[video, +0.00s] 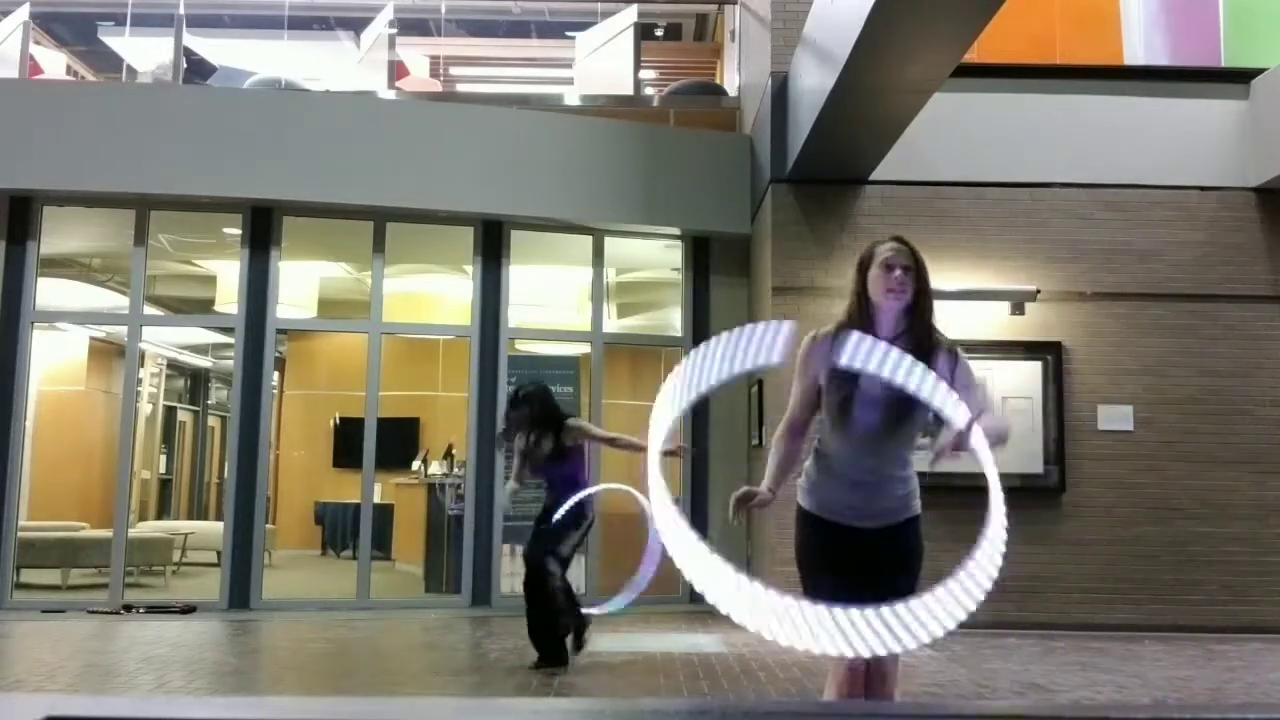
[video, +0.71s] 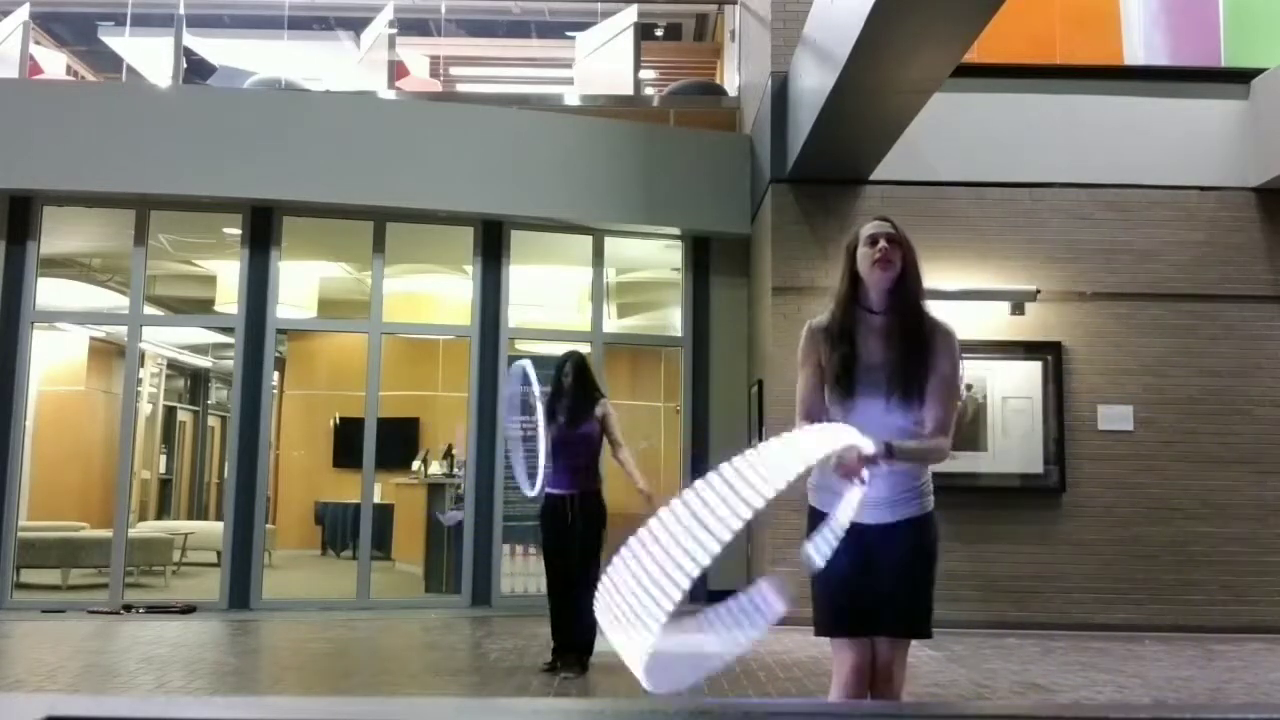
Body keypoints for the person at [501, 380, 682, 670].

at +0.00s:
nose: (519, 418)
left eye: (522, 412)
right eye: (517, 413)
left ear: (538, 409)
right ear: (519, 414)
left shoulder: (571, 428)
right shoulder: (525, 440)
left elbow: (613, 440)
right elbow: (518, 478)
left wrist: (659, 449)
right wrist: (510, 490)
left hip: (577, 509)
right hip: (551, 511)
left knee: (548, 565)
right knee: (535, 578)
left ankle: (575, 620)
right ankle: (551, 653)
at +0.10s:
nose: (528, 412)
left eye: (533, 406)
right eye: (525, 406)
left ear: (545, 403)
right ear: (523, 405)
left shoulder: (575, 421)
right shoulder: (524, 436)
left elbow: (618, 433)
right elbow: (518, 481)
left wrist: (665, 441)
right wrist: (537, 496)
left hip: (577, 506)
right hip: (548, 510)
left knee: (520, 537)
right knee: (539, 590)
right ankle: (553, 654)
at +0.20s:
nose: (537, 399)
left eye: (542, 392)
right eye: (533, 392)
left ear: (555, 387)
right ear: (528, 390)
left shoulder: (579, 406)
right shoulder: (526, 420)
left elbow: (623, 423)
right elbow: (524, 466)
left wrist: (667, 434)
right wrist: (546, 481)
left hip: (580, 496)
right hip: (554, 499)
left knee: (519, 523)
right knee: (550, 572)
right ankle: (555, 648)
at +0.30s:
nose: (544, 380)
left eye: (550, 373)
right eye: (540, 375)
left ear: (562, 374)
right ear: (535, 377)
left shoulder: (582, 399)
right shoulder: (536, 410)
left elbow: (628, 418)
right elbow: (530, 456)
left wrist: (672, 428)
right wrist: (550, 468)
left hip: (579, 487)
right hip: (550, 490)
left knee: (524, 523)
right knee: (555, 571)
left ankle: (591, 543)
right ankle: (561, 650)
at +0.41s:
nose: (554, 382)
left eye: (560, 376)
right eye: (550, 376)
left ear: (572, 378)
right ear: (544, 379)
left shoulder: (588, 405)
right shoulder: (542, 413)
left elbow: (631, 425)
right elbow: (531, 461)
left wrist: (674, 436)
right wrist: (545, 450)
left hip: (582, 495)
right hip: (556, 495)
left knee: (549, 547)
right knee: (552, 561)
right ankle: (564, 651)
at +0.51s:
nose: (559, 378)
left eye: (565, 372)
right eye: (555, 373)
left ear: (575, 376)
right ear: (549, 376)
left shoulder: (591, 405)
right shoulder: (547, 412)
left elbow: (630, 431)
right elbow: (537, 459)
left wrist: (671, 454)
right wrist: (537, 434)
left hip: (583, 498)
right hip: (552, 498)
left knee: (571, 573)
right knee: (556, 576)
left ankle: (574, 653)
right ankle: (561, 652)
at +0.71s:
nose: (568, 381)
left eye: (575, 375)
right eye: (564, 375)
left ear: (585, 377)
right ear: (558, 377)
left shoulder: (599, 408)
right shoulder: (550, 408)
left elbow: (618, 448)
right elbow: (536, 445)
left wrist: (640, 482)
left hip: (586, 503)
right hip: (554, 503)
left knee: (581, 581)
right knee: (557, 580)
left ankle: (578, 657)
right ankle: (560, 653)